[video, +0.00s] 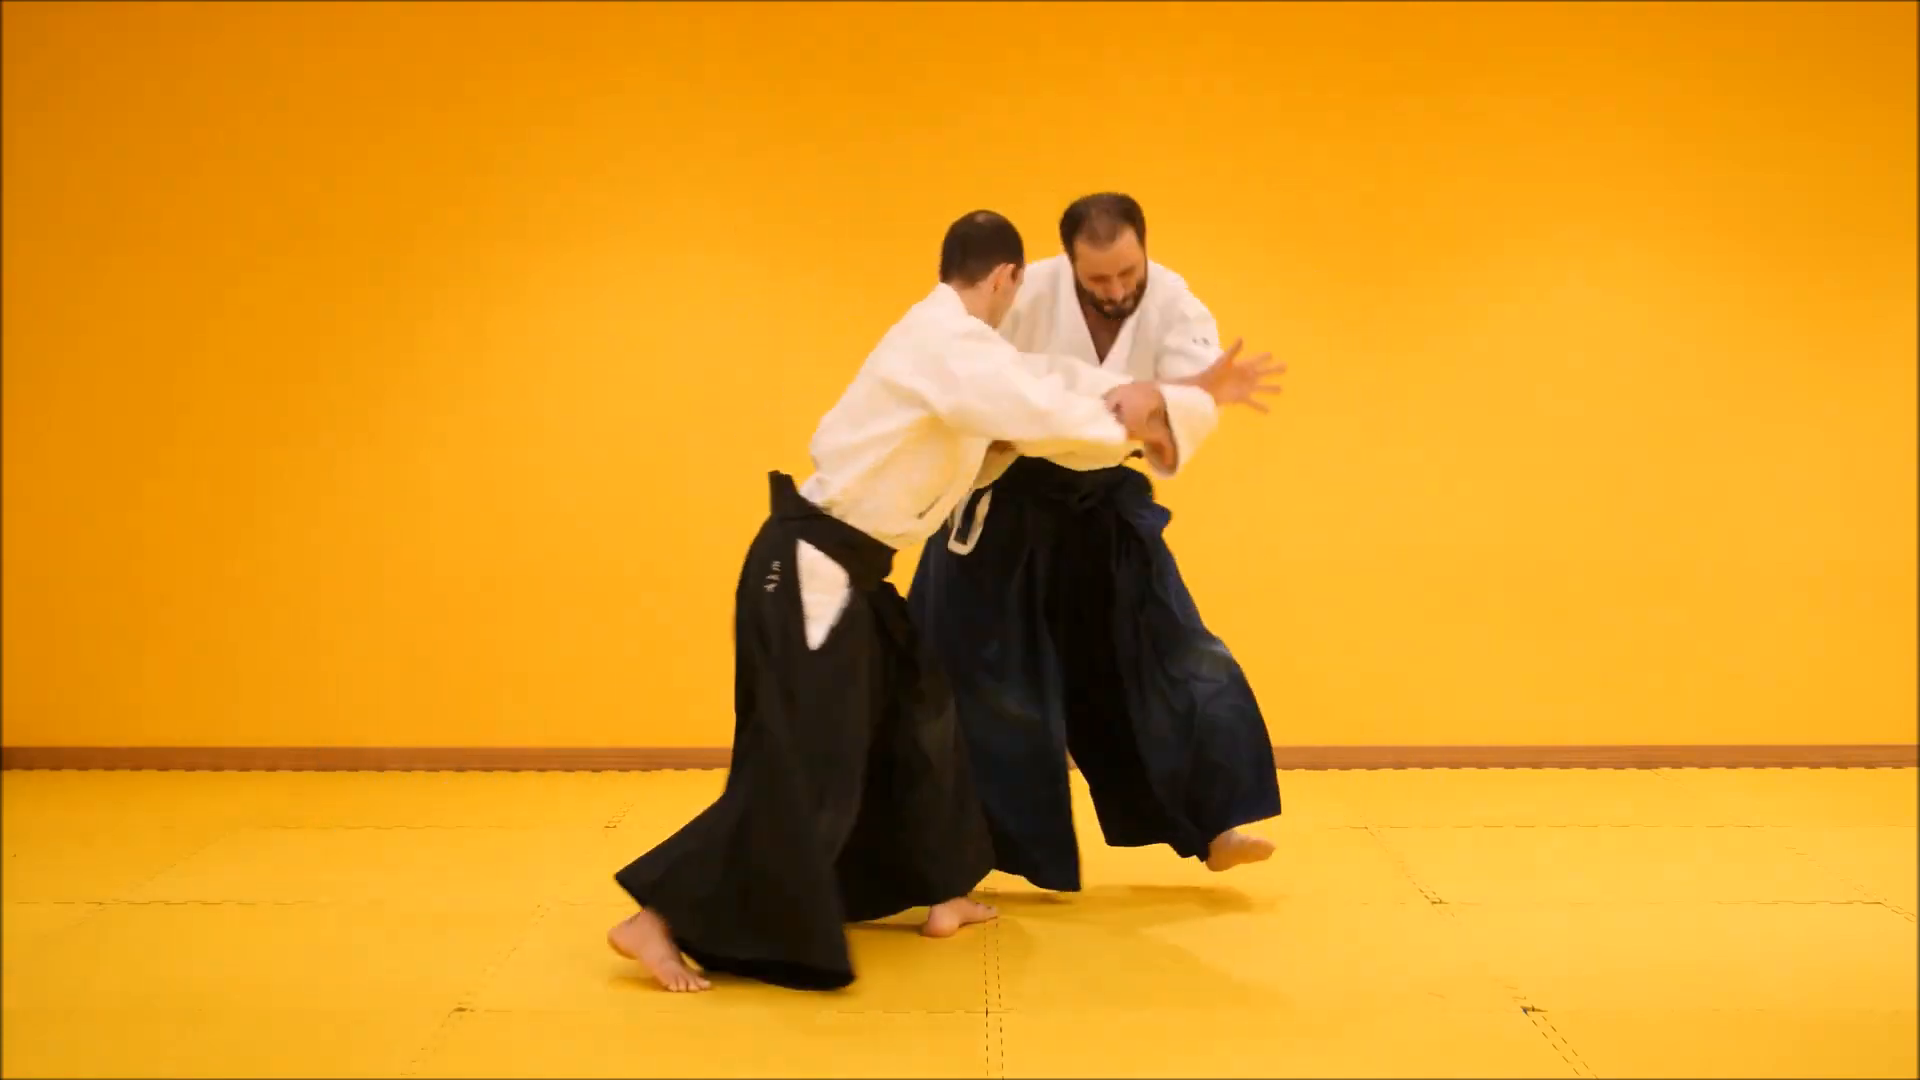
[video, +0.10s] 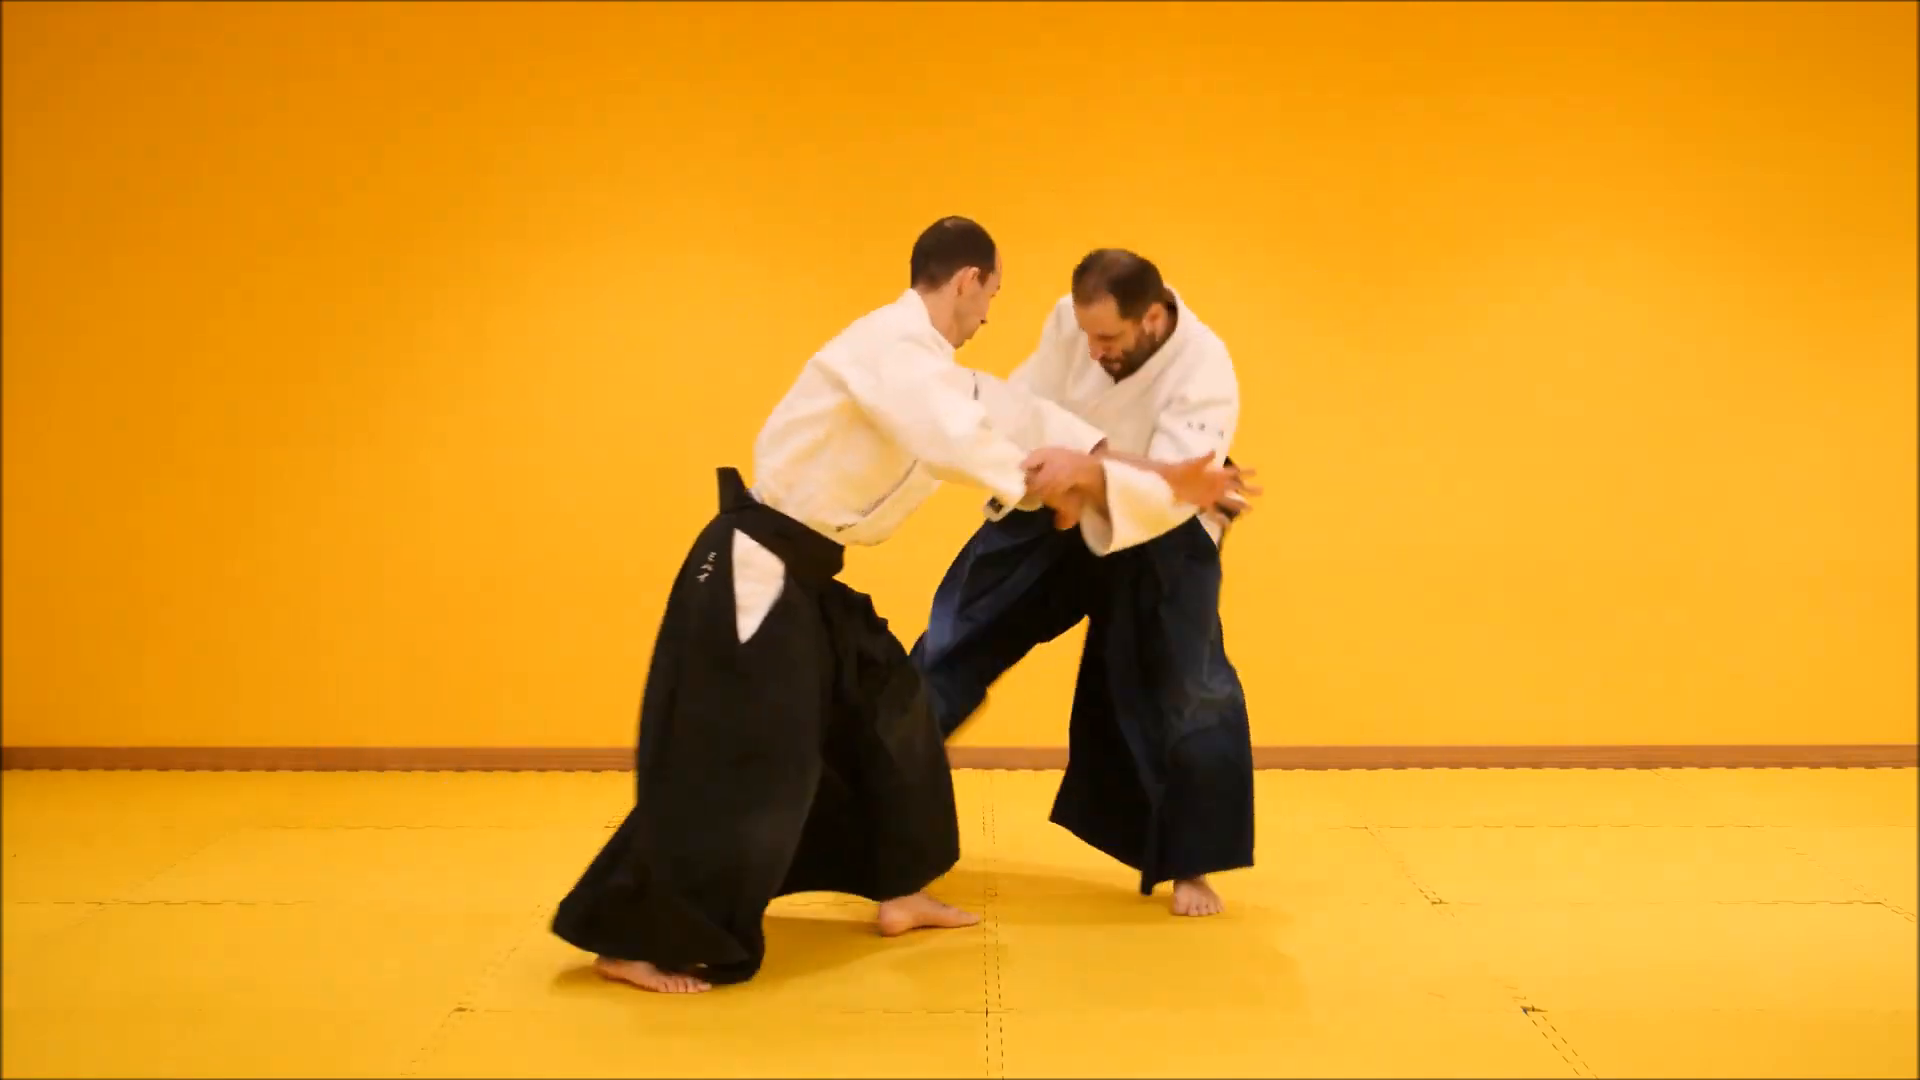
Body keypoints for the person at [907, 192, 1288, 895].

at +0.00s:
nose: (1114, 290)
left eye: (1128, 273)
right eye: (1098, 277)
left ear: (1146, 253)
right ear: (1068, 259)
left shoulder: (1174, 305)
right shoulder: (1026, 288)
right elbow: (970, 375)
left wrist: (1155, 405)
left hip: (1110, 501)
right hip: (1007, 495)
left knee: (1178, 648)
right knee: (961, 664)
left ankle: (1212, 824)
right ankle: (949, 866)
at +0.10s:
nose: (1094, 350)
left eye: (1109, 337)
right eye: (1085, 332)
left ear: (1156, 317)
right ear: (1075, 312)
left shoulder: (1204, 370)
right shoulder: (1070, 320)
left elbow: (1189, 487)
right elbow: (1027, 400)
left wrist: (1090, 475)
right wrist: (1045, 476)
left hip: (1163, 528)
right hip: (1055, 508)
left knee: (1186, 686)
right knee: (949, 649)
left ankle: (1188, 866)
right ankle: (866, 812)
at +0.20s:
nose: (1079, 392)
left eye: (1089, 381)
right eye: (1076, 377)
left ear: (1138, 370)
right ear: (1129, 364)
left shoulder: (1208, 419)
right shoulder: (1095, 385)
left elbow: (1144, 552)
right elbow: (1043, 470)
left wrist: (1024, 530)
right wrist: (1007, 506)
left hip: (1223, 554)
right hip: (1124, 533)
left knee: (1224, 712)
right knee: (1012, 587)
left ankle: (1190, 864)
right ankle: (919, 647)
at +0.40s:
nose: (1035, 448)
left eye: (1043, 440)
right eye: (1032, 435)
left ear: (1093, 434)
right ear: (1079, 409)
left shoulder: (1157, 482)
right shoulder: (1101, 396)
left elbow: (1097, 613)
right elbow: (1076, 503)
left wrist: (977, 586)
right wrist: (1003, 547)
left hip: (1280, 553)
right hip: (1278, 482)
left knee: (1201, 705)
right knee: (1353, 525)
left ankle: (1194, 868)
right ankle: (1484, 453)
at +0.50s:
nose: (1022, 447)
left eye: (1025, 437)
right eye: (1019, 432)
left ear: (1067, 432)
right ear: (1077, 400)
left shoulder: (1134, 474)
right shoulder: (1121, 383)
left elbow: (1109, 618)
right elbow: (1092, 497)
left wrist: (994, 622)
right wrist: (1017, 540)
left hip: (1298, 540)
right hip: (1337, 473)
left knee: (1195, 687)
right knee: (1437, 619)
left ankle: (1190, 870)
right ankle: (1576, 625)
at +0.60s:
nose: (1059, 416)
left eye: (1056, 406)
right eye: (1056, 405)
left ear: (1073, 396)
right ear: (1104, 358)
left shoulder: (1130, 452)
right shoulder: (1171, 352)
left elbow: (1116, 598)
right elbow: (1148, 476)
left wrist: (1020, 596)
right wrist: (1069, 495)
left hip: (1315, 536)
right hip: (1390, 489)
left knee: (1198, 686)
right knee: (1451, 672)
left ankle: (1206, 870)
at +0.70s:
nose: (1121, 363)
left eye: (1116, 349)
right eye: (1117, 350)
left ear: (1139, 331)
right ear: (1179, 310)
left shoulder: (1173, 387)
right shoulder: (1263, 331)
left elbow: (1121, 542)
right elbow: (1200, 448)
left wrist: (1049, 533)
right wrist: (1114, 472)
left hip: (1317, 531)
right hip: (1414, 509)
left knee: (1195, 685)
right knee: (1442, 713)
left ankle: (1234, 872)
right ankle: (1498, 916)